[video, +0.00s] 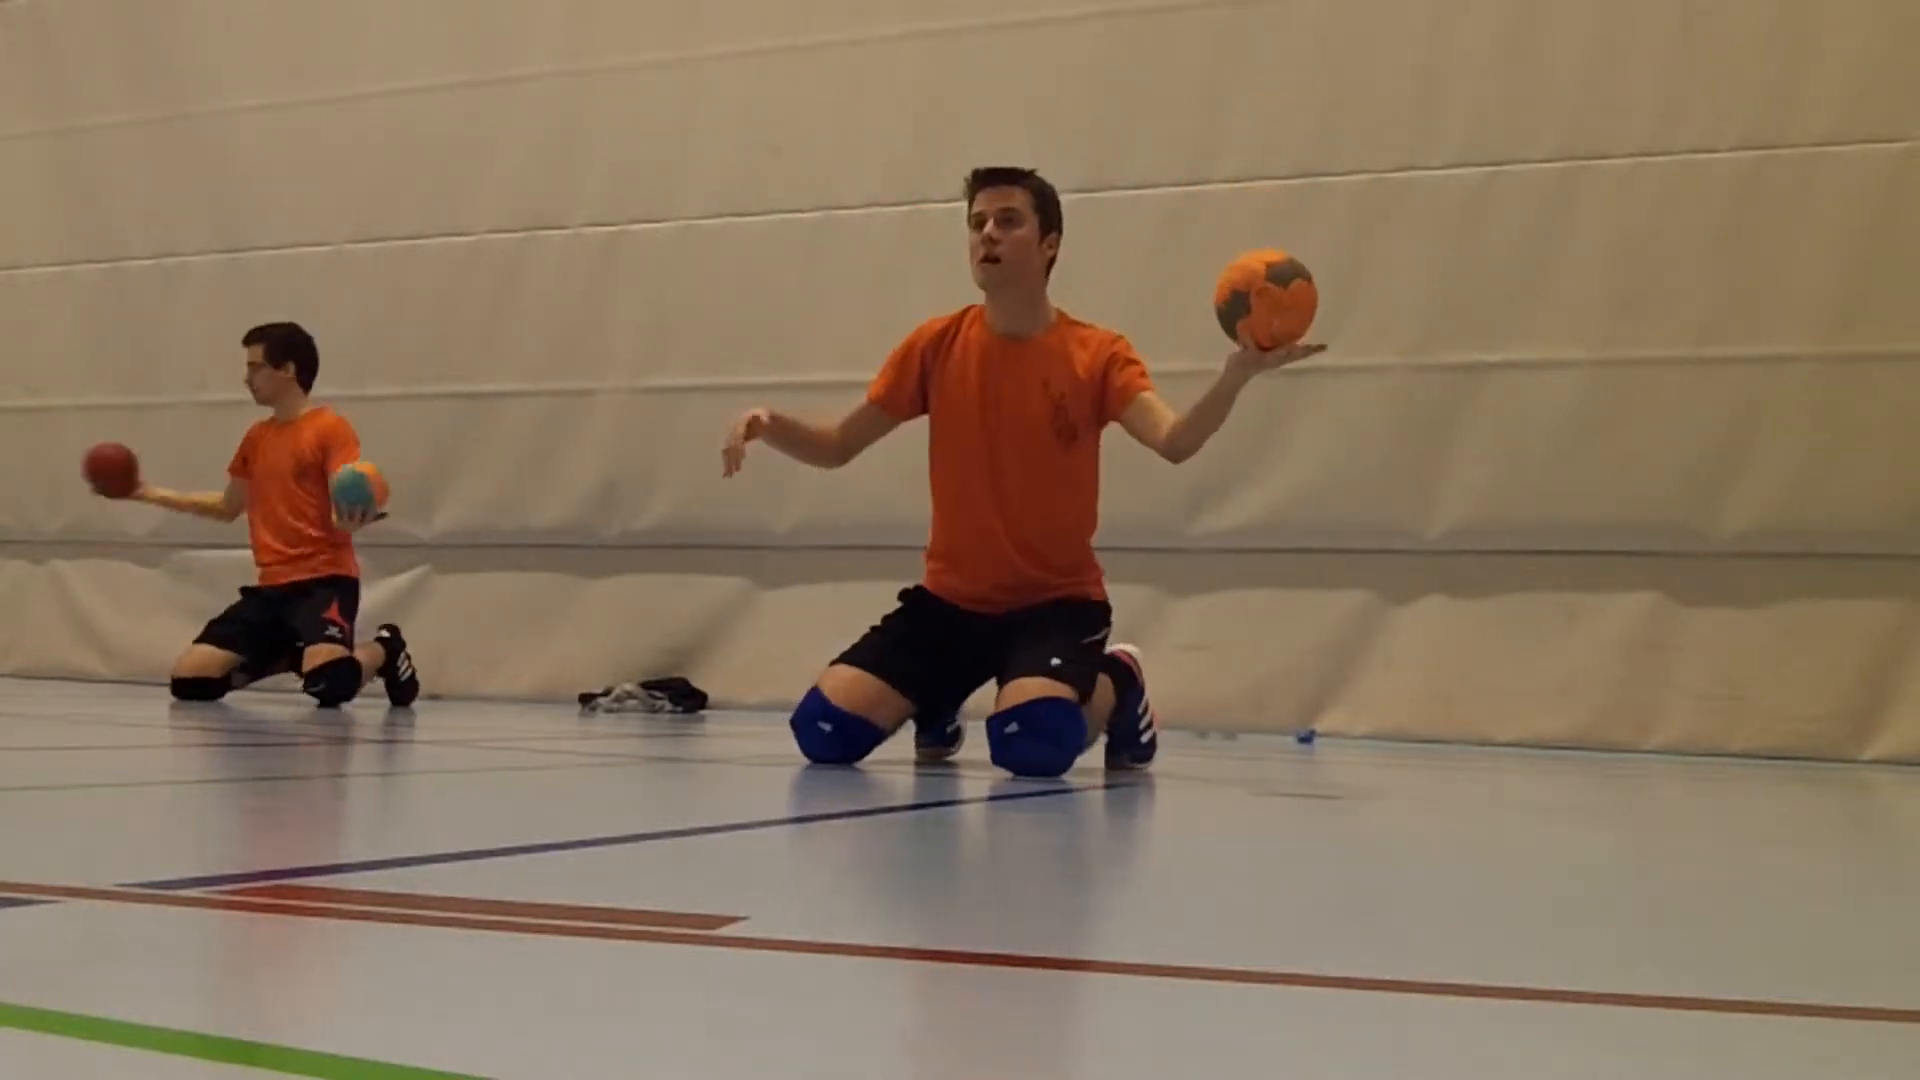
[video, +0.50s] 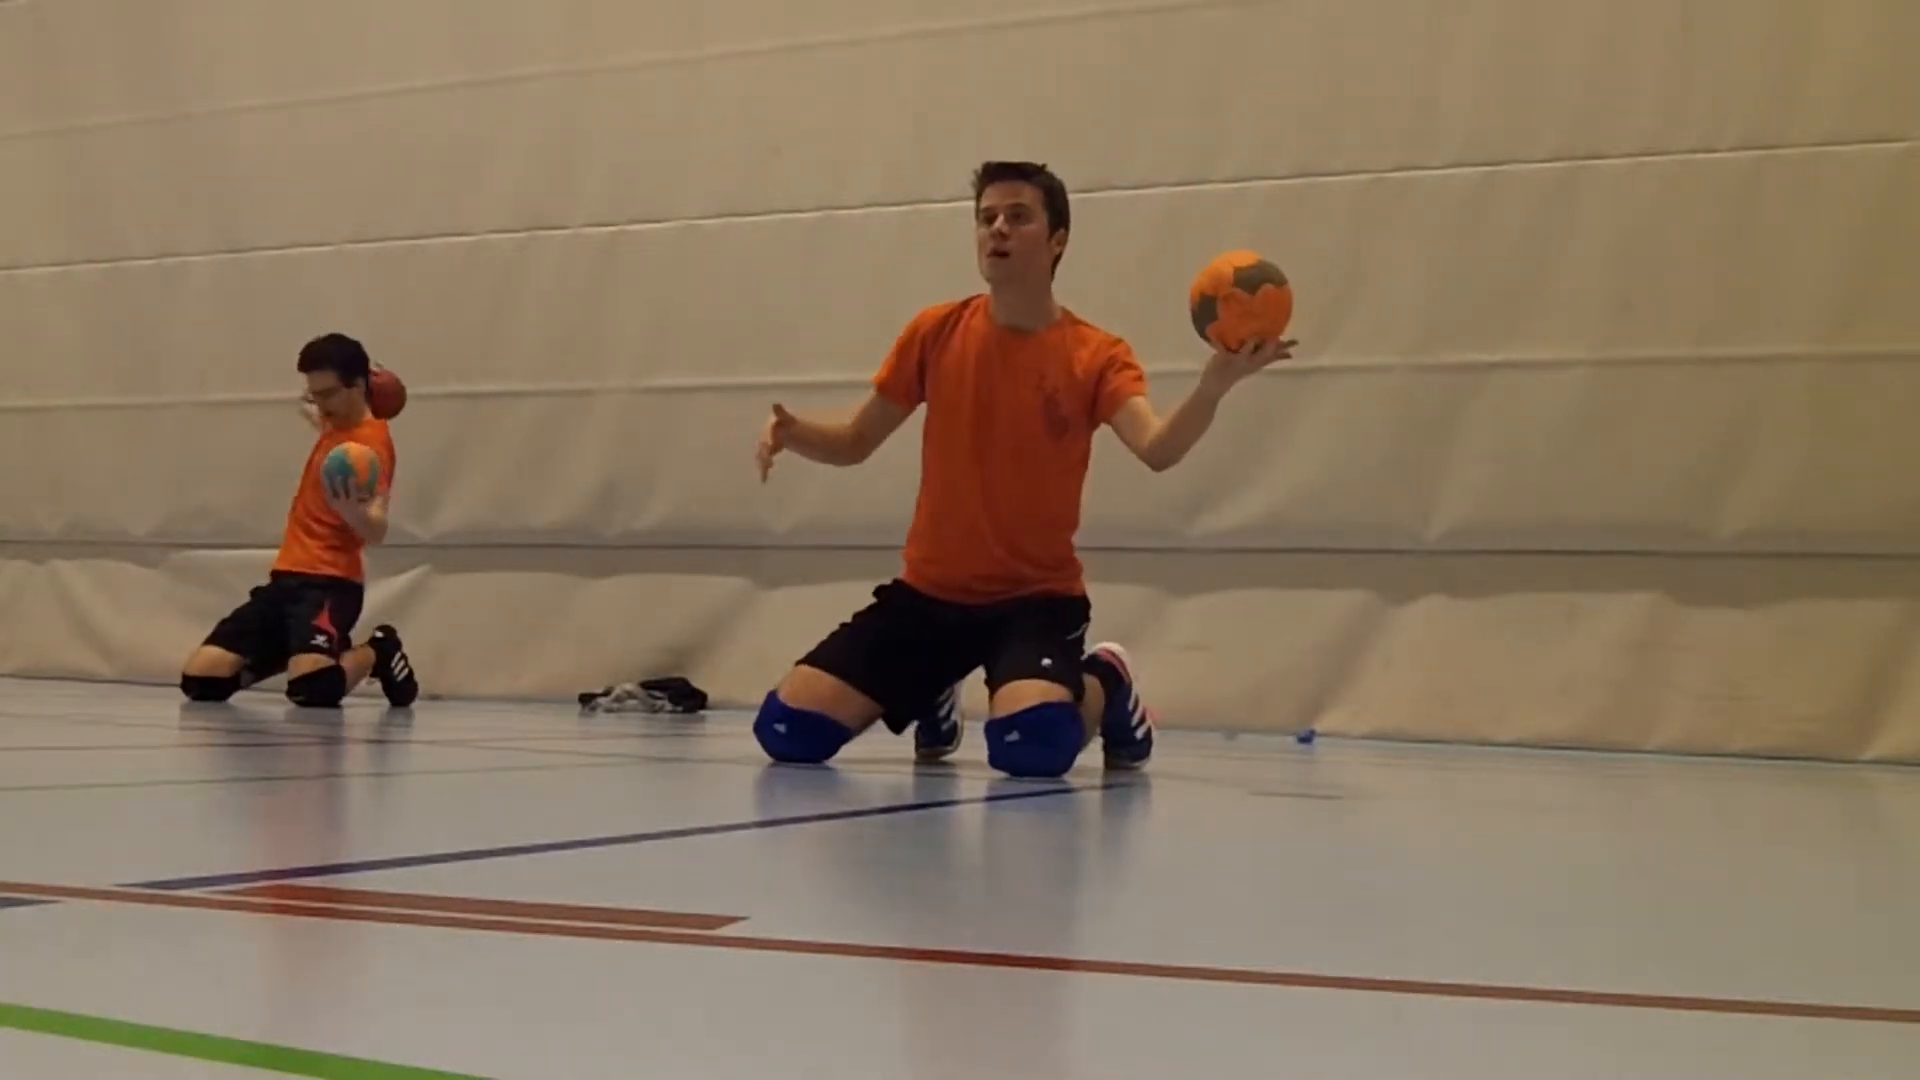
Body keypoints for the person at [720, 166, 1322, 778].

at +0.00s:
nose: (988, 235)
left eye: (1009, 221)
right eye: (978, 224)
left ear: (1050, 247)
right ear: (966, 246)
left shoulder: (1094, 356)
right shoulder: (938, 347)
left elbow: (1177, 441)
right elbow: (836, 444)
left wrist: (1238, 368)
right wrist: (772, 423)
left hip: (1056, 603)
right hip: (949, 601)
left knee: (1029, 750)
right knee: (821, 736)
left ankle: (1118, 684)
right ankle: (936, 690)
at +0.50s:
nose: (999, 229)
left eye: (1019, 217)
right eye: (988, 218)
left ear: (1056, 241)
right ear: (974, 239)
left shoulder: (1093, 355)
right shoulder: (936, 334)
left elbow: (1158, 449)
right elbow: (853, 440)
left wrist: (1216, 381)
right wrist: (793, 430)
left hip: (1037, 600)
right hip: (930, 594)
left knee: (1029, 751)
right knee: (785, 735)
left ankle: (1105, 687)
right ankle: (924, 682)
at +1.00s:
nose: (953, 239)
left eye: (971, 223)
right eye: (944, 229)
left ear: (1017, 243)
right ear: (938, 248)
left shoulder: (1071, 348)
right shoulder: (924, 343)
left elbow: (1118, 465)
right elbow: (914, 439)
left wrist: (1149, 396)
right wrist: (868, 431)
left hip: (1044, 600)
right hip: (940, 596)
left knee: (1050, 752)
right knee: (803, 734)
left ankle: (1106, 684)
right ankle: (925, 692)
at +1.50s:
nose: (963, 253)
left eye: (981, 235)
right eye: (955, 240)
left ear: (1028, 249)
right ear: (948, 254)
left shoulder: (1064, 341)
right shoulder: (965, 353)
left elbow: (1074, 437)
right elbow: (964, 482)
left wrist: (1076, 328)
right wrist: (899, 439)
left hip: (1028, 607)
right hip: (930, 605)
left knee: (1049, 753)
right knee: (790, 731)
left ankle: (1096, 685)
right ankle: (928, 689)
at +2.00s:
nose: (1015, 203)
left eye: (1037, 194)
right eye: (1006, 192)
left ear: (1071, 224)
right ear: (989, 216)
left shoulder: (1098, 335)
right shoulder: (951, 297)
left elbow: (1161, 427)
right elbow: (853, 225)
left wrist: (1194, 330)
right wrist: (847, 135)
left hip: (1054, 589)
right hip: (946, 581)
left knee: (1050, 751)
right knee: (808, 737)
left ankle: (1108, 684)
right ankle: (934, 683)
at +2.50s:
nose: (1004, 231)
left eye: (1024, 217)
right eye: (994, 220)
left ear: (1067, 243)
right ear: (982, 240)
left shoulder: (1111, 359)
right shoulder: (953, 342)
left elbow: (1187, 468)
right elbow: (852, 433)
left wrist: (1253, 392)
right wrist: (795, 436)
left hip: (1065, 607)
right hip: (958, 601)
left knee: (1047, 753)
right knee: (821, 737)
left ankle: (1115, 691)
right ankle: (938, 689)